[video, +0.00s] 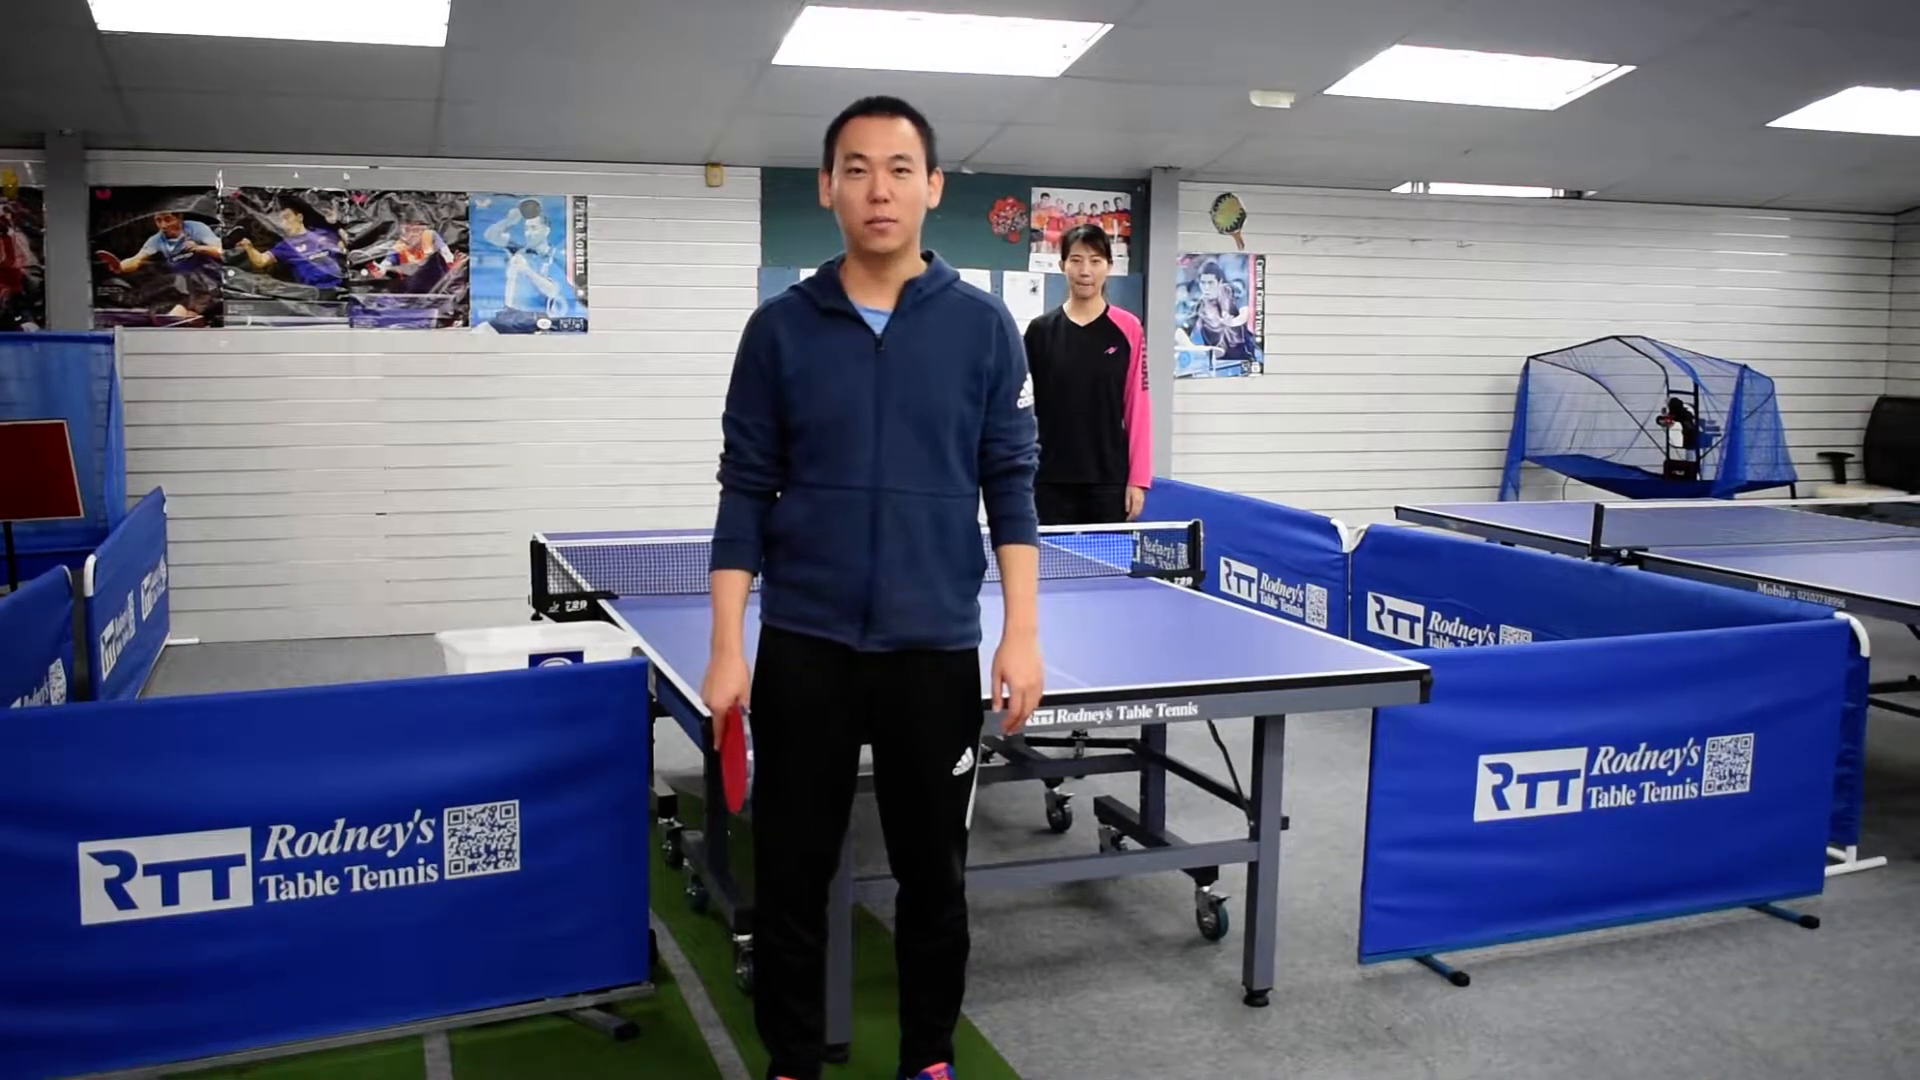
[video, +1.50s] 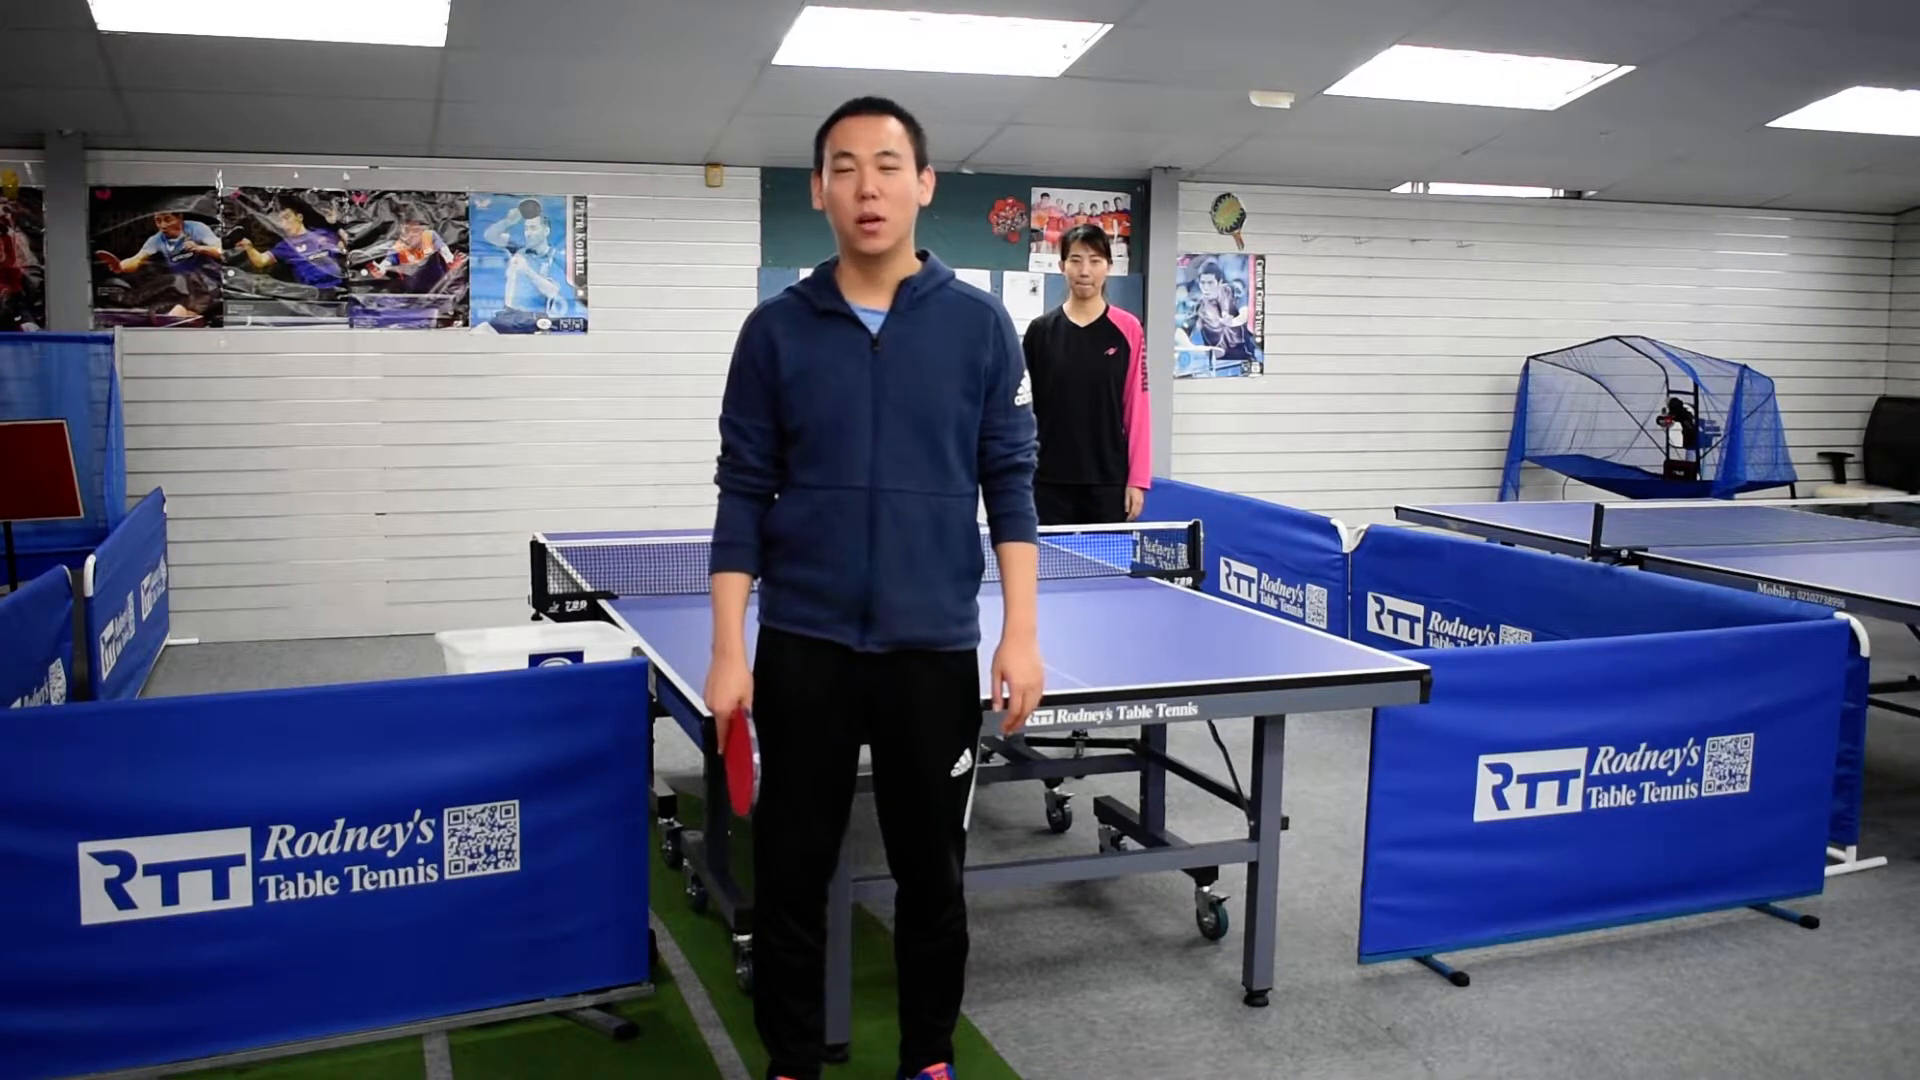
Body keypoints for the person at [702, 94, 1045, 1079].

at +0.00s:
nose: (877, 188)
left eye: (899, 169)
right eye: (856, 169)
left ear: (932, 190)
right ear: (829, 191)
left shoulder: (983, 327)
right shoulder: (780, 327)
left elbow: (1012, 485)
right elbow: (743, 488)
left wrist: (1022, 632)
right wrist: (726, 645)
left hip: (933, 645)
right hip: (805, 643)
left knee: (932, 874)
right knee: (790, 875)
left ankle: (930, 1060)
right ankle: (792, 1061)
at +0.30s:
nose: (876, 189)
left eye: (898, 169)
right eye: (855, 170)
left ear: (931, 190)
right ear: (828, 190)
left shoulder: (981, 327)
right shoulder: (780, 328)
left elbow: (1012, 484)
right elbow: (742, 488)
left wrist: (1021, 632)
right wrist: (727, 646)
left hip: (933, 646)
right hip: (805, 644)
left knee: (931, 877)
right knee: (789, 878)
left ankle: (929, 1061)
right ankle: (791, 1061)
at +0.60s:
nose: (875, 191)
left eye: (897, 171)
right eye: (854, 171)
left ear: (931, 190)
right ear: (828, 191)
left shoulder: (981, 327)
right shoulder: (780, 328)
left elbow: (1012, 485)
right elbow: (742, 488)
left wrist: (1021, 632)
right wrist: (727, 646)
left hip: (933, 646)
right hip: (805, 644)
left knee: (931, 877)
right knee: (789, 878)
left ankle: (929, 1061)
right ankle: (791, 1062)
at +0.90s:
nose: (872, 191)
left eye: (894, 171)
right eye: (851, 172)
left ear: (928, 190)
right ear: (825, 193)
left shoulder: (981, 327)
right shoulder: (779, 329)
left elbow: (1011, 485)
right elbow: (743, 489)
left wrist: (1020, 633)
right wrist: (729, 647)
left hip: (933, 644)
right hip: (805, 642)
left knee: (931, 875)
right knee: (790, 875)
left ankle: (930, 1061)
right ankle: (791, 1061)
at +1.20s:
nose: (865, 182)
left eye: (888, 163)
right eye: (844, 165)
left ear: (924, 188)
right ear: (821, 192)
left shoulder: (979, 325)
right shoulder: (777, 329)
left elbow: (1011, 484)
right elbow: (742, 490)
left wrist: (1020, 633)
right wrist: (729, 650)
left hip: (932, 645)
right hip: (805, 644)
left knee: (931, 873)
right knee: (789, 874)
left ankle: (930, 1061)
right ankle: (791, 1062)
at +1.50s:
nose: (866, 187)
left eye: (888, 167)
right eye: (845, 169)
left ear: (923, 188)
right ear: (820, 193)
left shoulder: (979, 326)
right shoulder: (776, 330)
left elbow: (1012, 484)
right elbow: (741, 491)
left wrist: (1021, 633)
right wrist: (728, 649)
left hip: (932, 645)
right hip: (805, 644)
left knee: (931, 874)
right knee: (789, 876)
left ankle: (930, 1061)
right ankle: (791, 1062)